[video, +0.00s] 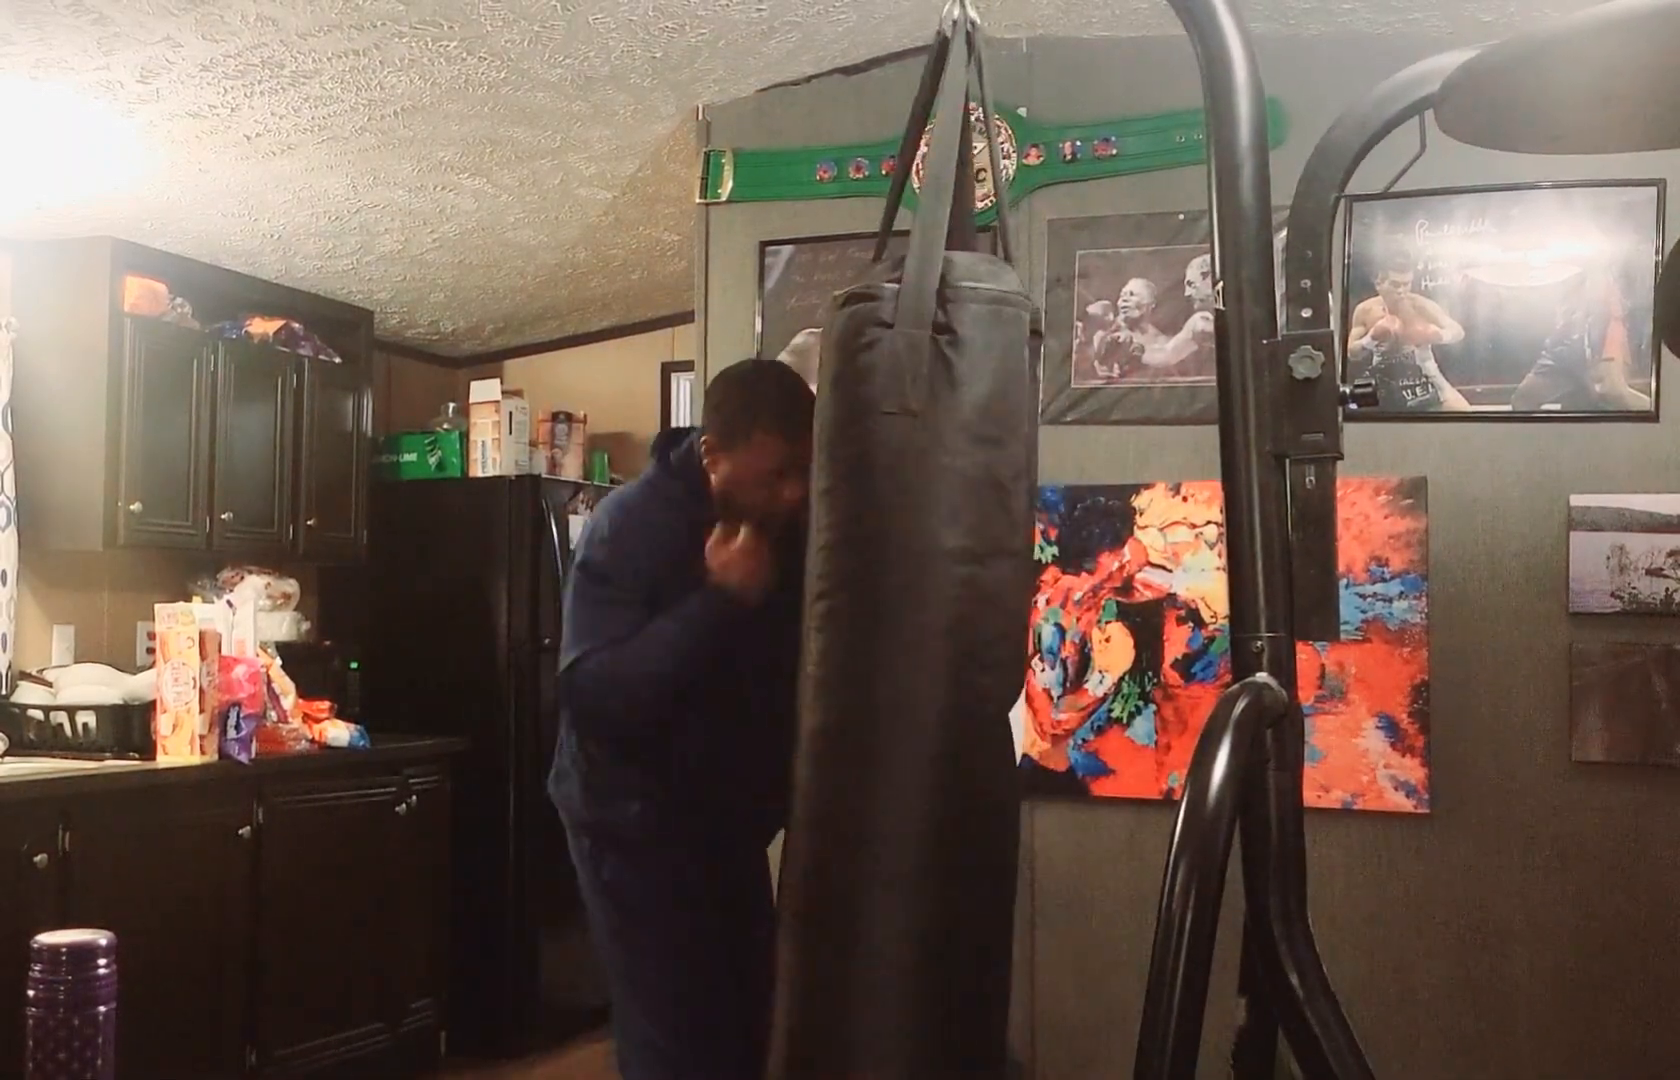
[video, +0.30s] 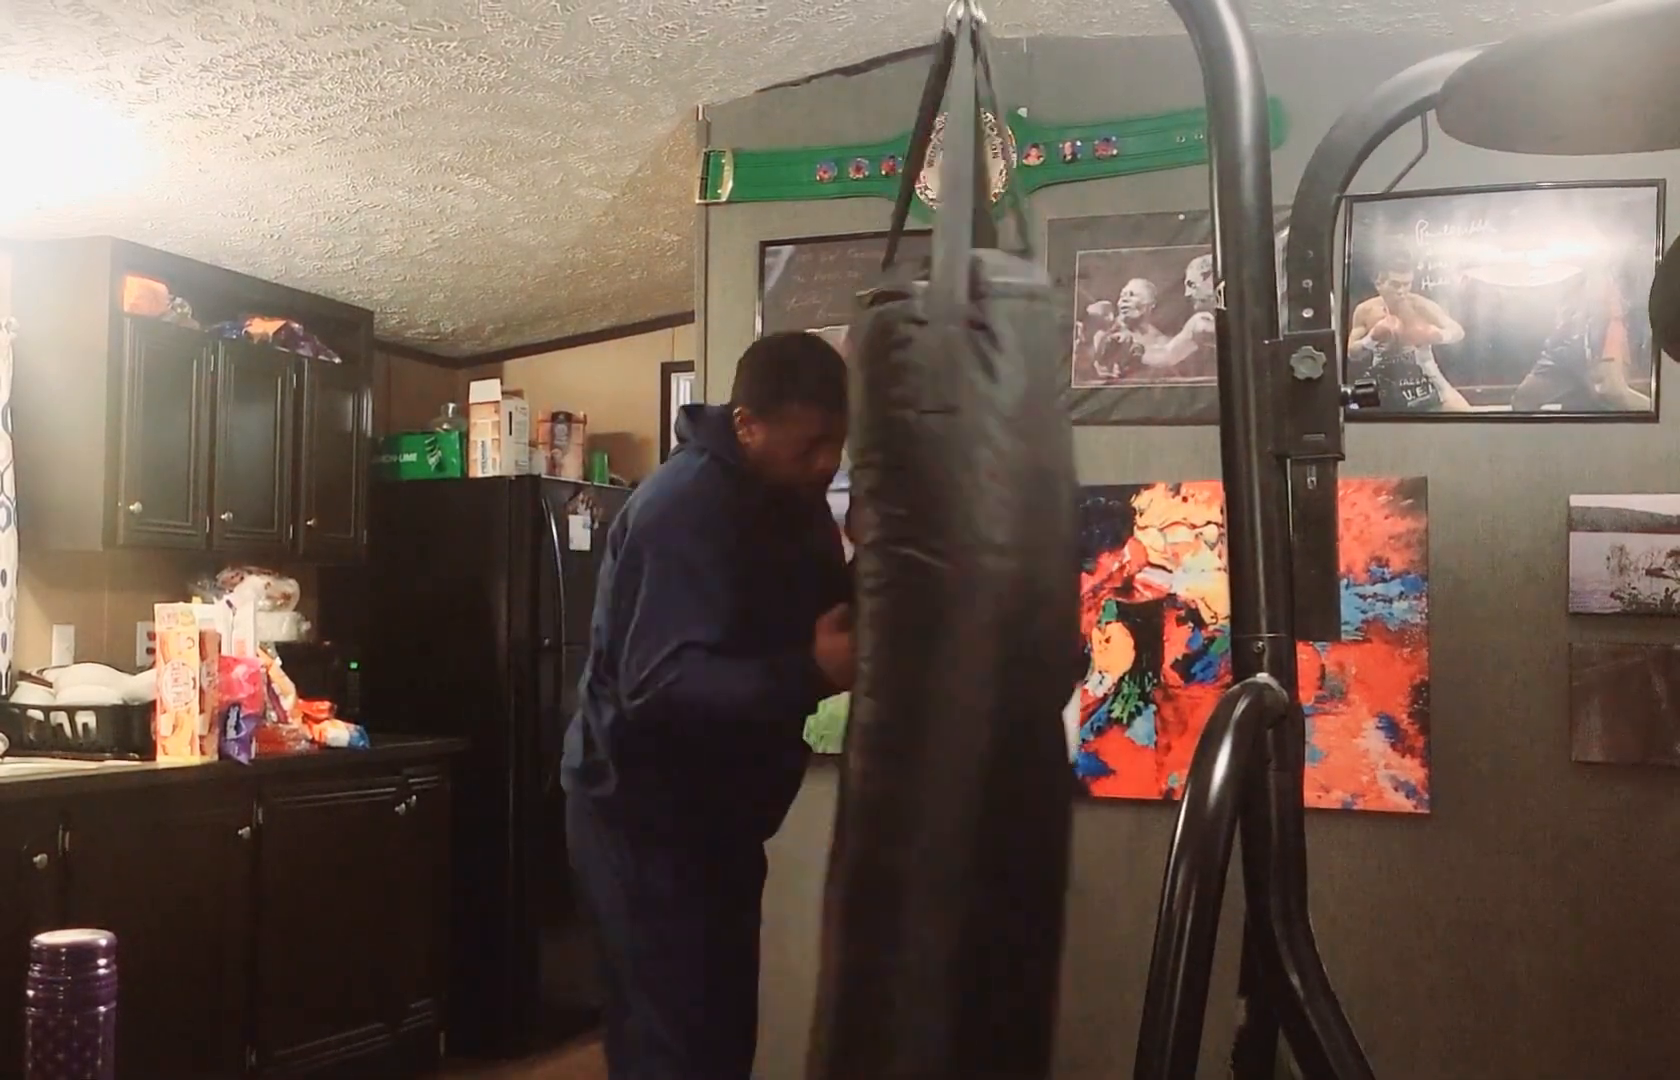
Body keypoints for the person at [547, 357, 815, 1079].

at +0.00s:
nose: (799, 494)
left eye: (806, 473)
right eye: (783, 474)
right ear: (714, 459)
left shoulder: (783, 530)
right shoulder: (632, 528)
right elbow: (596, 694)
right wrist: (720, 597)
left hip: (726, 811)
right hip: (632, 818)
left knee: (744, 1022)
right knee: (671, 1036)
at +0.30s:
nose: (831, 463)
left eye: (837, 442)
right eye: (814, 445)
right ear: (748, 426)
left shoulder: (792, 501)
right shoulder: (686, 504)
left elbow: (833, 628)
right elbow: (659, 679)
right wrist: (811, 671)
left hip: (718, 811)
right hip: (642, 816)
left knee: (723, 1039)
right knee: (675, 1045)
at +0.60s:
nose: (792, 451)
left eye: (803, 429)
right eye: (772, 432)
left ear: (815, 414)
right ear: (709, 418)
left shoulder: (785, 502)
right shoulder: (643, 504)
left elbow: (834, 651)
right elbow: (624, 682)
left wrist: (855, 610)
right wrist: (781, 692)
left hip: (721, 816)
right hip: (634, 821)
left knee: (723, 1043)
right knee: (675, 1049)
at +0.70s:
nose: (778, 445)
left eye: (788, 422)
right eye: (756, 428)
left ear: (801, 407)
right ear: (694, 414)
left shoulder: (808, 479)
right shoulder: (621, 509)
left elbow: (908, 526)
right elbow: (581, 679)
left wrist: (957, 534)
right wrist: (741, 689)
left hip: (728, 804)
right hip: (629, 810)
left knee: (710, 1039)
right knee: (669, 1047)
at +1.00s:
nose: (771, 481)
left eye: (782, 460)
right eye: (751, 466)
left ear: (793, 429)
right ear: (691, 438)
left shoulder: (798, 483)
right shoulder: (613, 502)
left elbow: (878, 593)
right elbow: (558, 674)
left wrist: (896, 567)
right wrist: (717, 674)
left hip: (725, 813)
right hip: (620, 817)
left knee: (728, 1037)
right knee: (643, 1041)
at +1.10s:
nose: (763, 536)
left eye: (776, 515)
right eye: (741, 519)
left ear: (793, 476)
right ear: (693, 479)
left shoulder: (812, 511)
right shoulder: (614, 527)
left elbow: (857, 666)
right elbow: (543, 695)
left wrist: (857, 642)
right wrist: (692, 690)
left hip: (720, 808)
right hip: (608, 814)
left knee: (742, 1036)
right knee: (643, 1038)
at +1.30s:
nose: (677, 604)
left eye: (691, 584)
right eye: (655, 588)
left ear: (723, 543)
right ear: (622, 560)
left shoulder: (792, 558)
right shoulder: (567, 592)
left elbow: (845, 723)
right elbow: (522, 751)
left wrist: (774, 696)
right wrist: (630, 736)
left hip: (728, 833)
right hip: (607, 849)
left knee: (752, 1031)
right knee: (637, 1044)